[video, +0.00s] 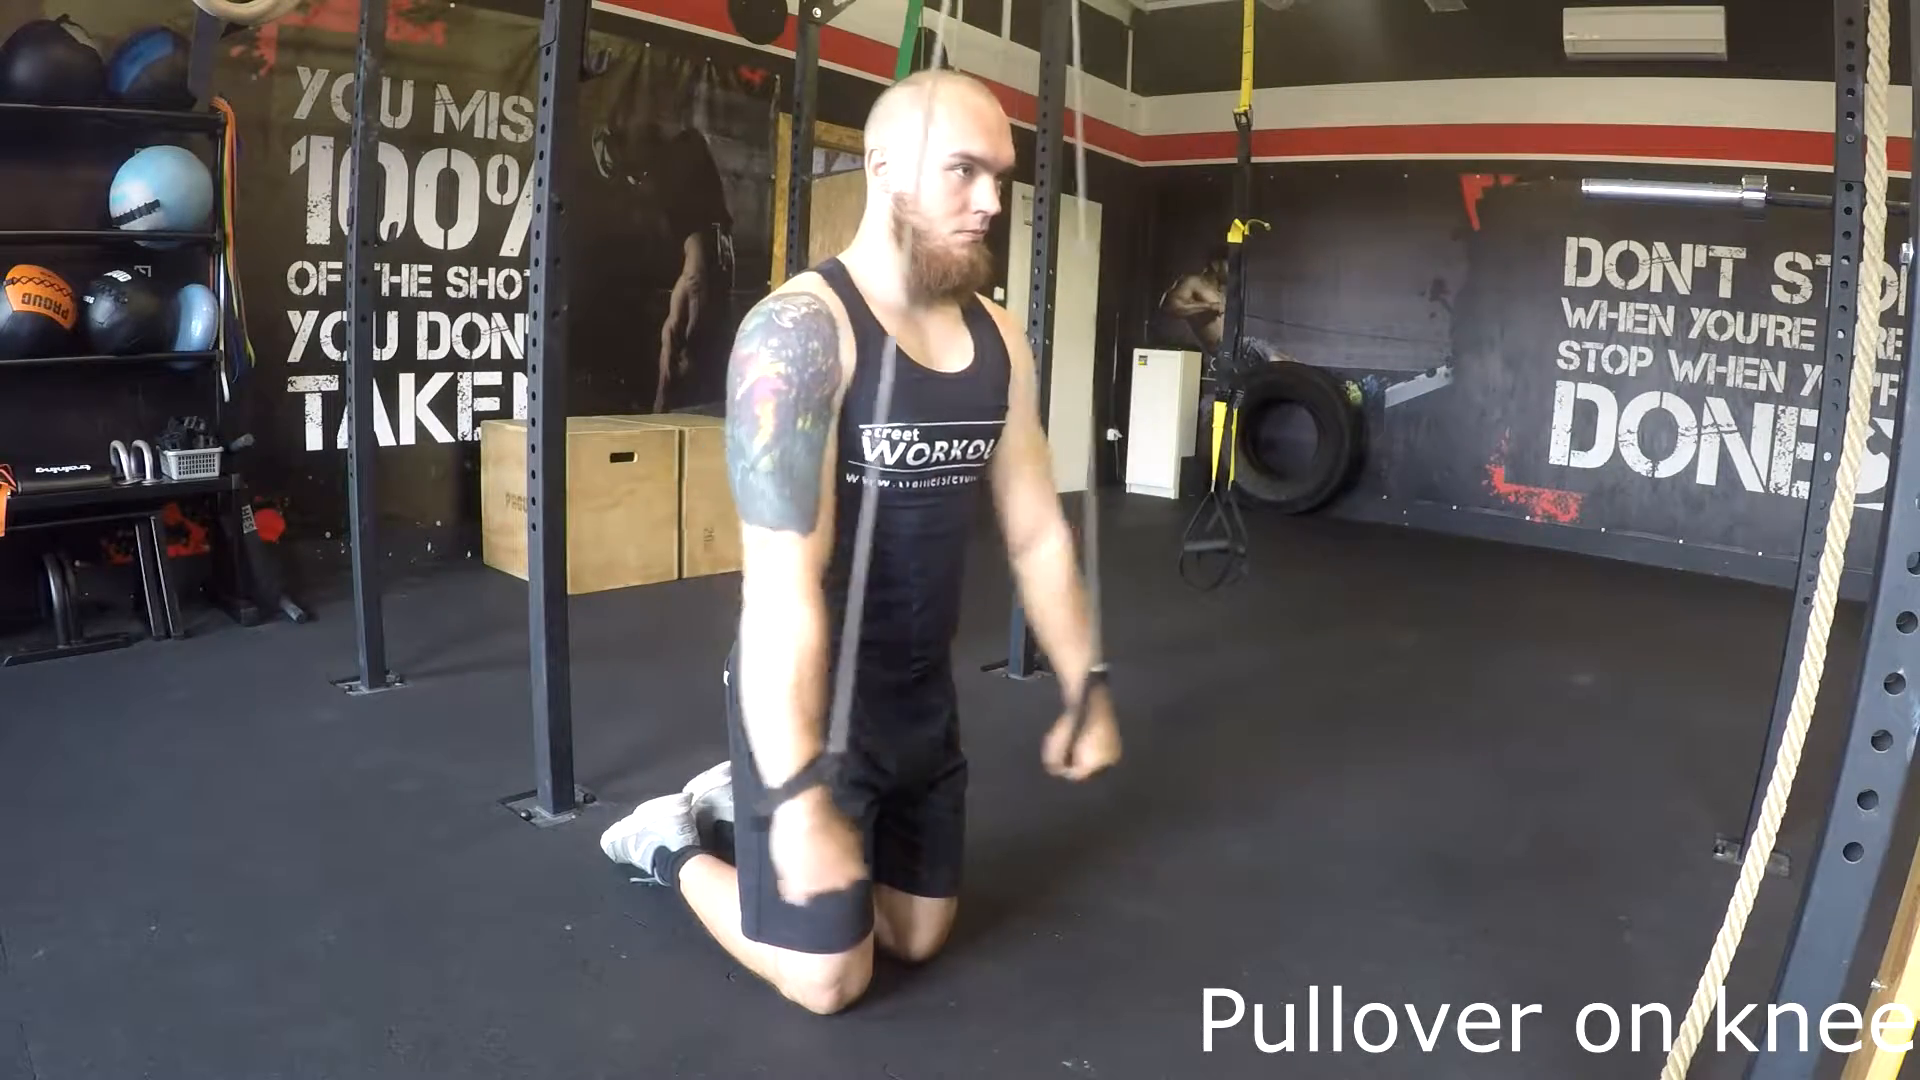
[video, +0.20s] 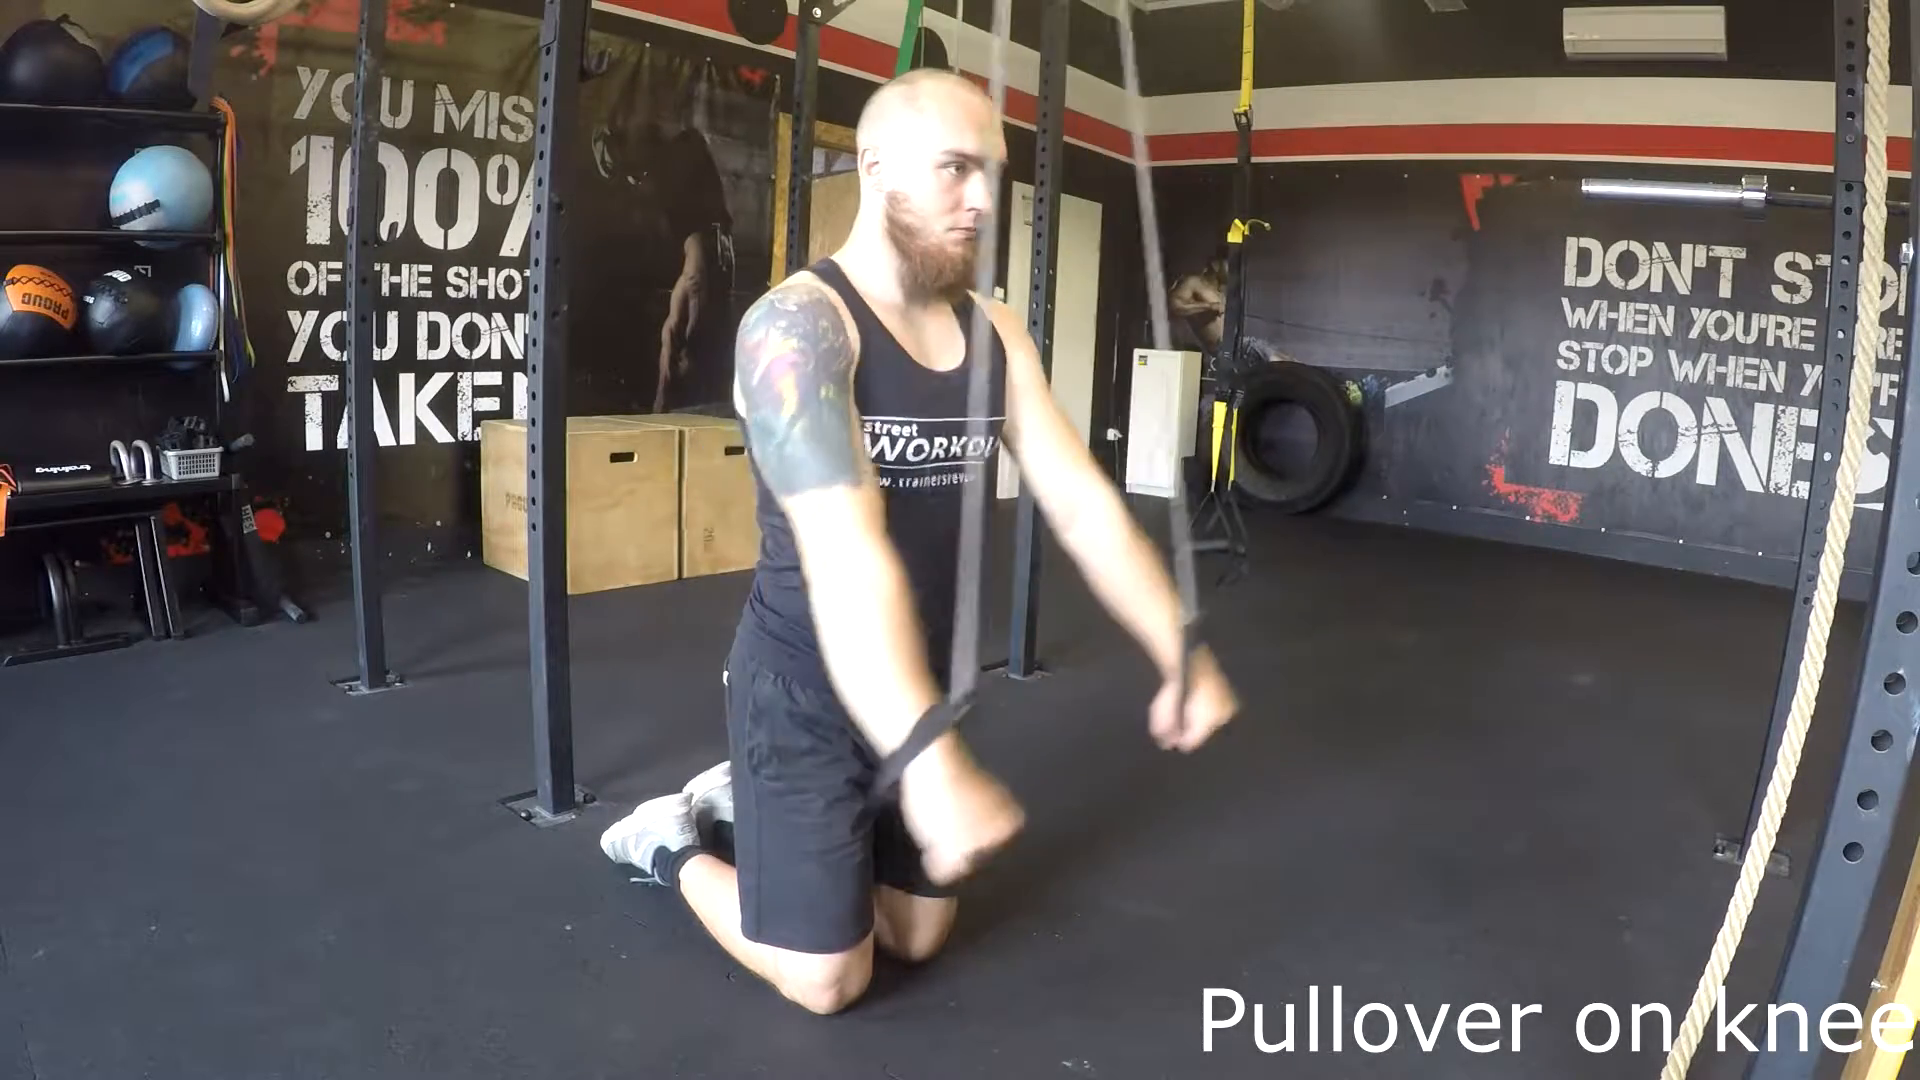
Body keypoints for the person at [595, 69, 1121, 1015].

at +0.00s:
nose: (990, 201)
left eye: (1002, 176)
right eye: (964, 169)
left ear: (1007, 186)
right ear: (886, 173)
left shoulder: (996, 337)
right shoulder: (796, 333)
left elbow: (1037, 530)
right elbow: (782, 583)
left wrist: (1084, 679)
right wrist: (801, 793)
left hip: (920, 693)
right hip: (810, 694)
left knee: (916, 932)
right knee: (825, 981)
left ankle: (731, 808)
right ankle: (673, 854)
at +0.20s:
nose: (980, 197)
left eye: (991, 172)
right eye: (953, 167)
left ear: (1000, 184)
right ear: (874, 172)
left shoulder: (992, 329)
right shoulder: (797, 327)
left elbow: (1074, 490)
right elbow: (847, 560)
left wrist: (1178, 647)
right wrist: (933, 759)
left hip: (926, 684)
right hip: (806, 691)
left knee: (916, 933)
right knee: (824, 979)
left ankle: (754, 805)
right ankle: (675, 850)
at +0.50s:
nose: (968, 205)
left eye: (981, 182)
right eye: (944, 174)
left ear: (987, 186)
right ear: (864, 166)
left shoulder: (981, 311)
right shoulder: (784, 305)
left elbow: (1121, 379)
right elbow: (934, 395)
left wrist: (1281, 456)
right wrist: (1128, 449)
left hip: (917, 685)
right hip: (799, 686)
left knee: (916, 932)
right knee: (824, 979)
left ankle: (745, 809)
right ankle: (676, 854)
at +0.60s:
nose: (966, 207)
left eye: (979, 185)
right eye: (943, 175)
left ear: (982, 192)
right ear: (861, 166)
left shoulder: (970, 309)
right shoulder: (780, 293)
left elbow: (1109, 356)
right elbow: (929, 332)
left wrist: (1281, 398)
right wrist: (1155, 332)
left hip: (916, 686)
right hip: (798, 686)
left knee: (916, 932)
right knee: (823, 981)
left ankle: (744, 806)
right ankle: (677, 854)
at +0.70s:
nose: (963, 212)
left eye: (978, 190)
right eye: (940, 180)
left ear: (982, 194)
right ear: (859, 171)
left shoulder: (960, 303)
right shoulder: (779, 288)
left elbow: (1124, 338)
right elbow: (938, 300)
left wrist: (1286, 355)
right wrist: (1180, 265)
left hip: (914, 683)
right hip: (797, 685)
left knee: (916, 932)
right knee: (824, 980)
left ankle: (744, 805)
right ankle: (679, 854)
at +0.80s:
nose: (963, 212)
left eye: (978, 191)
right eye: (940, 182)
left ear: (982, 193)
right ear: (860, 171)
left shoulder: (962, 302)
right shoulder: (779, 288)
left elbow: (1119, 337)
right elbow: (947, 298)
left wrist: (1286, 349)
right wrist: (1198, 268)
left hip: (912, 684)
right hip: (796, 685)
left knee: (917, 932)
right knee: (823, 980)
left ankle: (747, 804)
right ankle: (679, 855)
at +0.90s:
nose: (966, 213)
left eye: (980, 192)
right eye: (943, 182)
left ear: (982, 197)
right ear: (861, 171)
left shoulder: (969, 313)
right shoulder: (779, 294)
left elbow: (1097, 341)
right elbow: (939, 332)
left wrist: (1285, 378)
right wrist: (1183, 334)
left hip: (912, 685)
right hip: (796, 686)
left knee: (916, 932)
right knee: (823, 980)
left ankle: (743, 805)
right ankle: (677, 855)